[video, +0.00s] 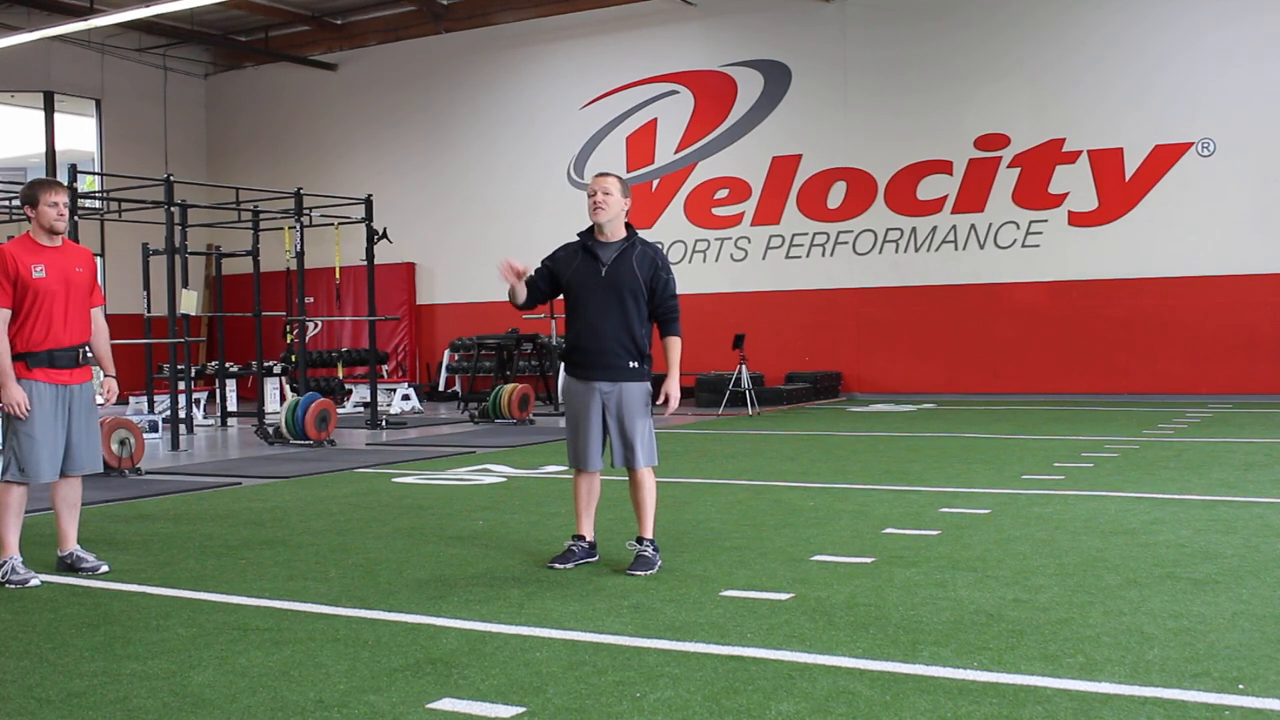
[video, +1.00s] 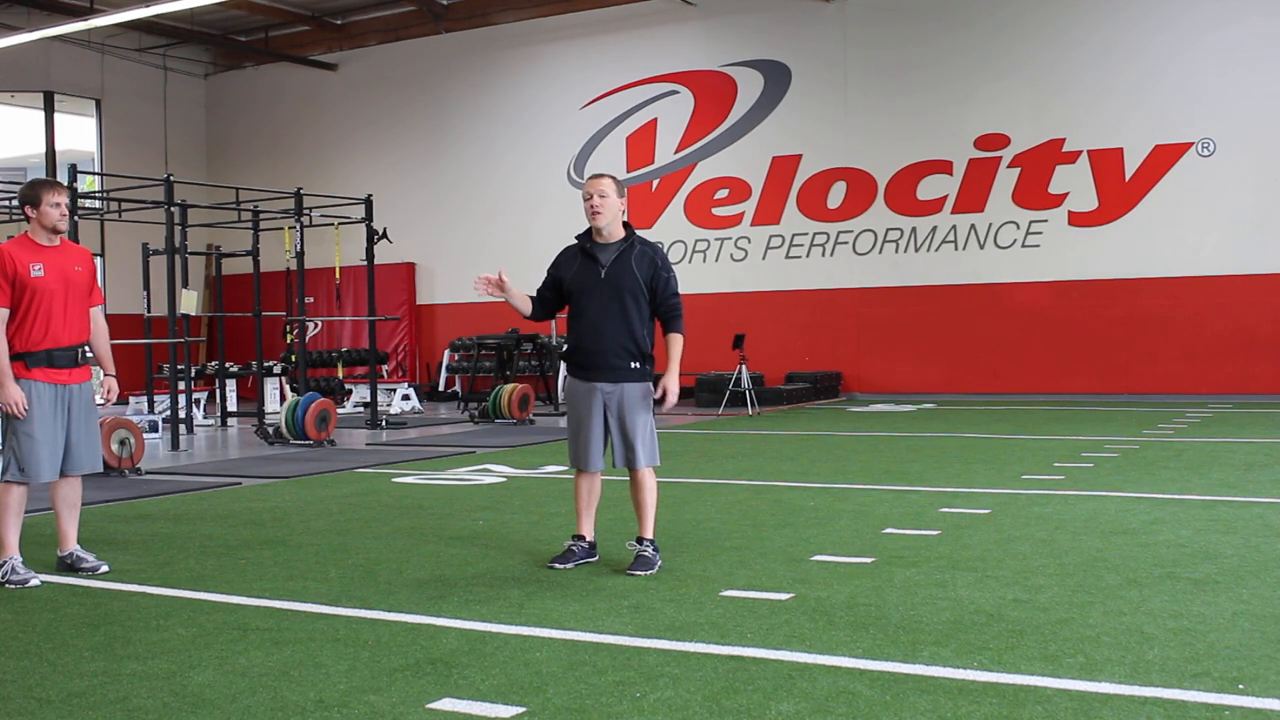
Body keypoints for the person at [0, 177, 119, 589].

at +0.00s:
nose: (62, 212)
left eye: (66, 205)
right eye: (53, 205)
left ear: (69, 211)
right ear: (30, 211)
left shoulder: (84, 257)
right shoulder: (11, 255)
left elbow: (96, 320)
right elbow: (0, 326)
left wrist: (109, 371)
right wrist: (7, 382)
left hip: (77, 377)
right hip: (30, 378)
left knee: (72, 467)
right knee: (18, 473)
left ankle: (69, 551)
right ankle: (10, 559)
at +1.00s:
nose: (64, 211)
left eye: (66, 205)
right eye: (55, 205)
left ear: (68, 211)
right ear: (31, 211)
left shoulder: (83, 257)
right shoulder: (10, 255)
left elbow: (95, 319)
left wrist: (109, 371)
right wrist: (6, 381)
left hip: (76, 377)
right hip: (29, 378)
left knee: (72, 466)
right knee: (18, 473)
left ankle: (69, 551)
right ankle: (10, 559)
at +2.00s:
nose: (66, 213)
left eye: (68, 206)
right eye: (57, 206)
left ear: (69, 211)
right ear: (33, 211)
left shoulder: (84, 257)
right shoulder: (11, 255)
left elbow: (96, 319)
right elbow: (0, 326)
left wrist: (110, 371)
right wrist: (6, 381)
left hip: (77, 376)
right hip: (29, 378)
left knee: (72, 466)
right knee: (18, 473)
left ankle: (69, 551)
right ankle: (10, 560)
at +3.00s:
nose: (67, 213)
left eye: (69, 206)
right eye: (58, 206)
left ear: (71, 210)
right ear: (34, 211)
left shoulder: (84, 257)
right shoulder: (11, 255)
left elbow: (96, 319)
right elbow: (0, 326)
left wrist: (109, 371)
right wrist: (8, 382)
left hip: (77, 377)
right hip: (30, 378)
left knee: (72, 466)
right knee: (19, 473)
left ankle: (69, 551)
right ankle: (9, 559)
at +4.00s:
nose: (67, 214)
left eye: (69, 207)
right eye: (58, 207)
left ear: (71, 211)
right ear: (34, 211)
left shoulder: (85, 257)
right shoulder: (11, 254)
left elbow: (97, 319)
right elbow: (1, 325)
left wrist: (111, 370)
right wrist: (7, 381)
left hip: (77, 377)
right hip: (30, 378)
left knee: (72, 466)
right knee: (19, 473)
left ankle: (69, 551)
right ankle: (10, 559)